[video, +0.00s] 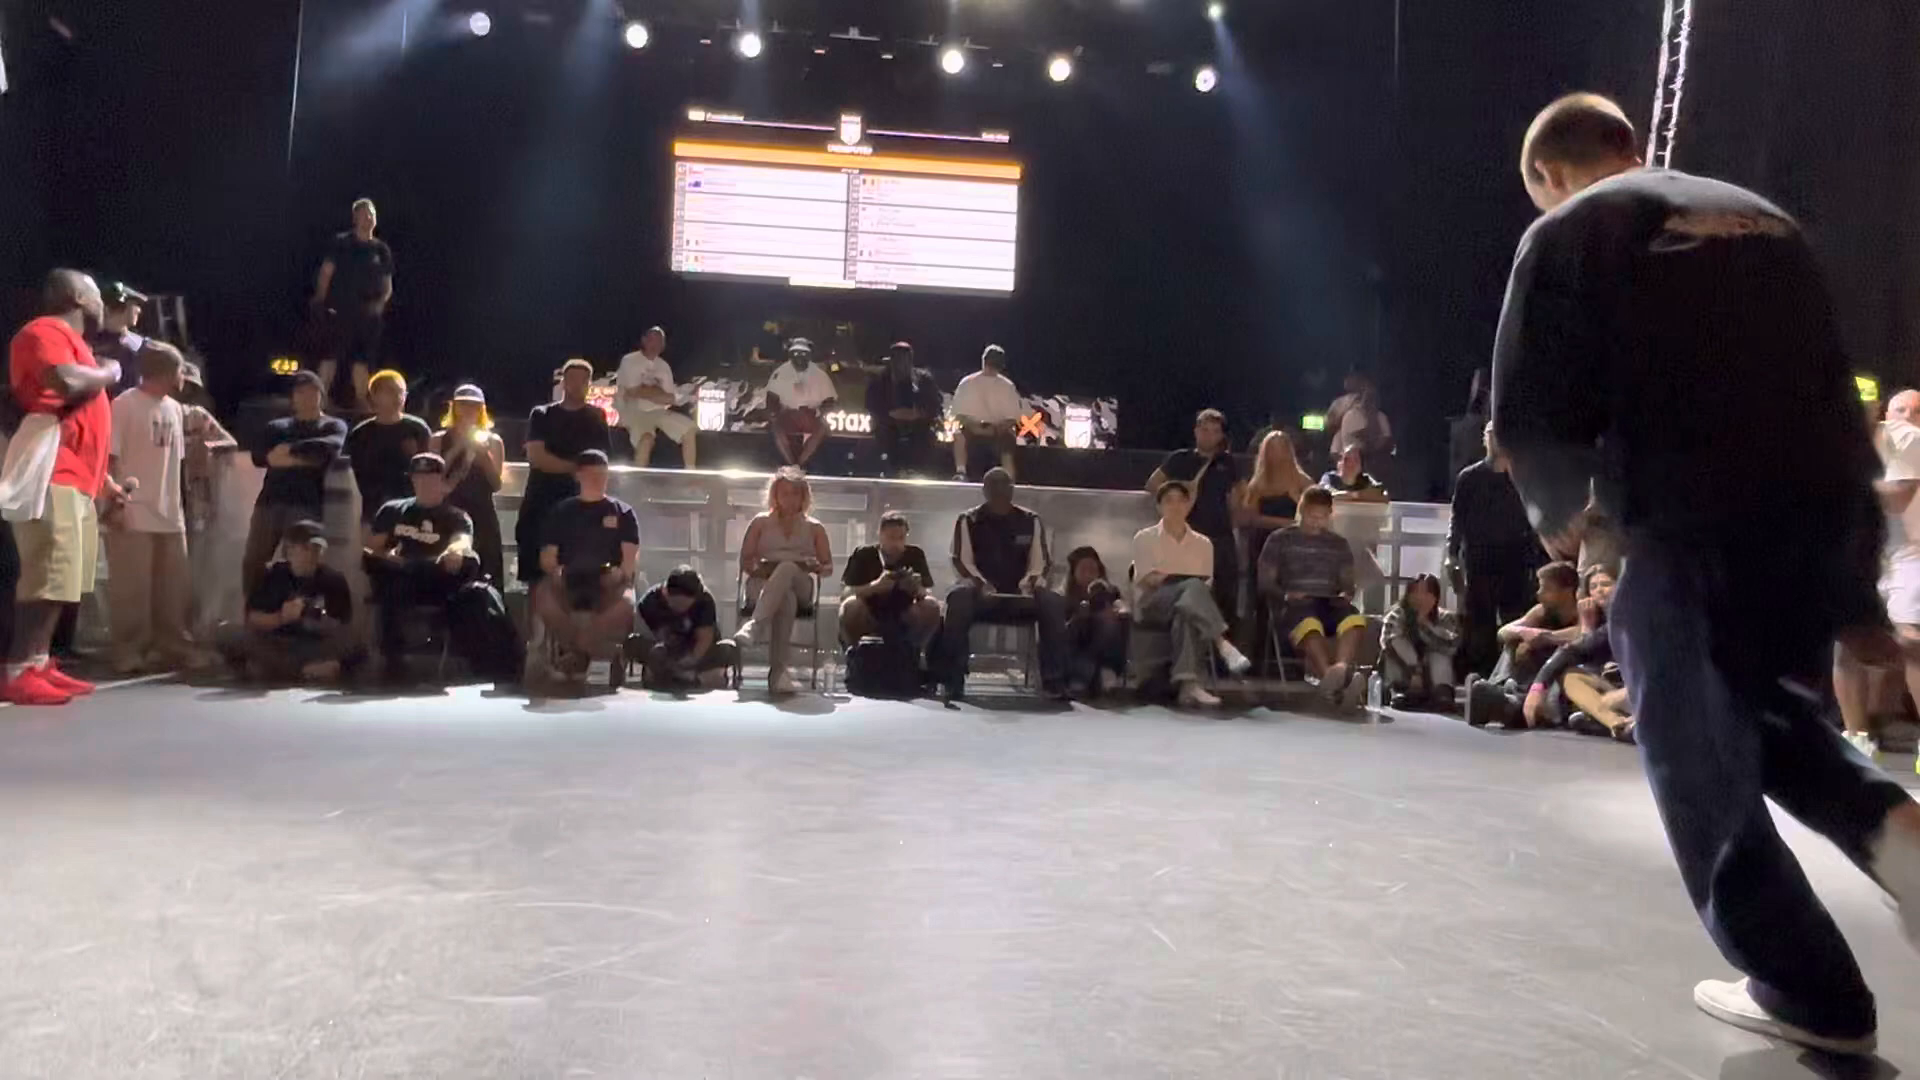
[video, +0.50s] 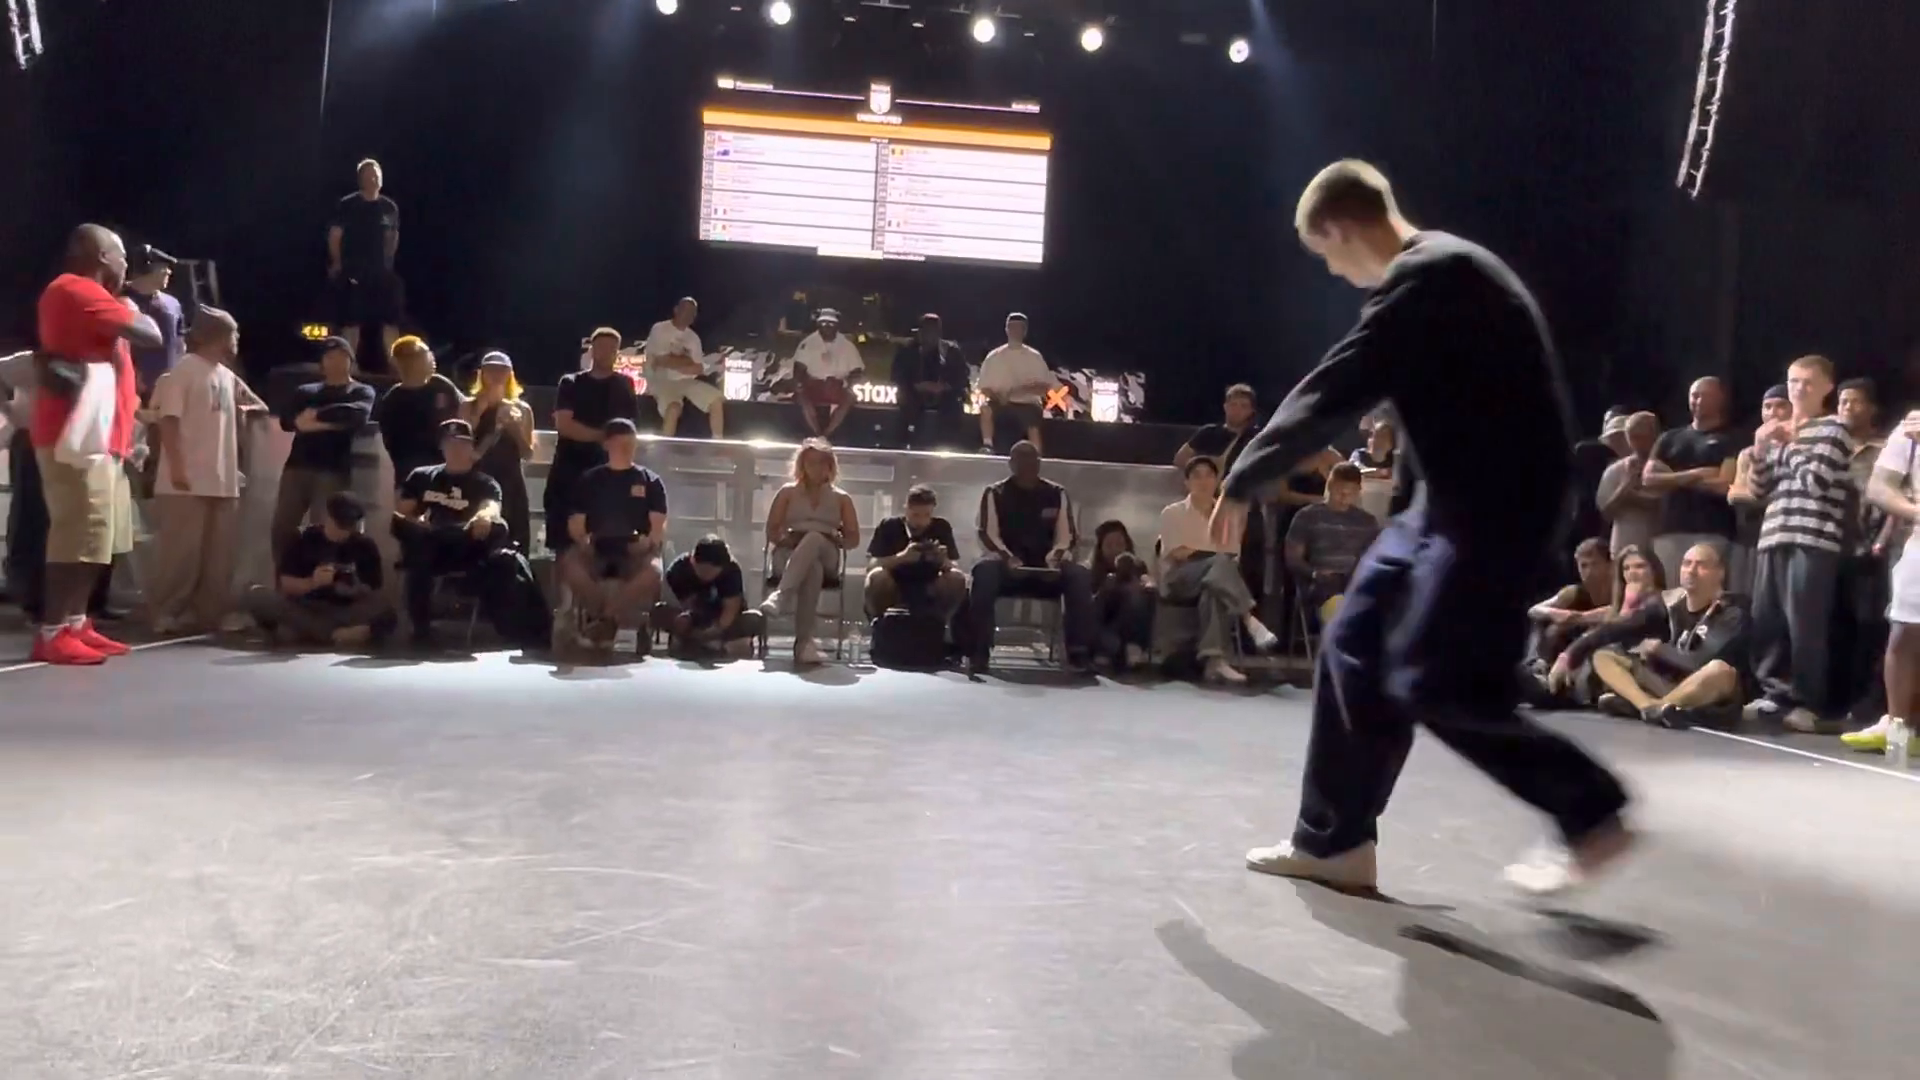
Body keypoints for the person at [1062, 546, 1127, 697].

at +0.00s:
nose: (1088, 574)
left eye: (1092, 569)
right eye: (1083, 568)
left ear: (1100, 571)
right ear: (1073, 572)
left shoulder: (1109, 593)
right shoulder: (1063, 597)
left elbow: (1123, 611)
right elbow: (1063, 633)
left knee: (1109, 620)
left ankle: (1110, 671)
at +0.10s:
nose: (1094, 568)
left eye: (1099, 563)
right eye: (1089, 563)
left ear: (1106, 564)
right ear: (1079, 566)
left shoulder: (1116, 587)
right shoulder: (1071, 592)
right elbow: (1068, 627)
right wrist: (1085, 609)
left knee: (1115, 614)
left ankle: (1116, 665)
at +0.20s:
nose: (1099, 561)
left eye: (1103, 556)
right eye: (1093, 556)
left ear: (1111, 558)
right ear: (1084, 559)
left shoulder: (1120, 580)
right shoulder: (1075, 583)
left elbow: (1133, 600)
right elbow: (1072, 618)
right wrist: (1091, 602)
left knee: (1122, 609)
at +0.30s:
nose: (1104, 557)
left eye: (1108, 551)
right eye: (1098, 552)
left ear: (1116, 552)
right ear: (1089, 554)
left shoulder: (1126, 575)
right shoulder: (1080, 578)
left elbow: (1139, 594)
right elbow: (1077, 612)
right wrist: (1096, 596)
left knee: (1127, 603)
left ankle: (1126, 654)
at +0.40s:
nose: (1109, 552)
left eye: (1113, 546)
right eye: (1104, 547)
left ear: (1121, 548)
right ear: (1094, 550)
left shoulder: (1131, 570)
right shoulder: (1084, 573)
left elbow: (1144, 589)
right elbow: (1081, 606)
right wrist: (1100, 593)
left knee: (1133, 599)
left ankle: (1131, 649)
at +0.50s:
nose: (1115, 549)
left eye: (1119, 543)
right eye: (1109, 544)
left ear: (1127, 544)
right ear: (1100, 546)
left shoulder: (1137, 567)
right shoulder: (1091, 570)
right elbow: (1088, 603)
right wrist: (1107, 587)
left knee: (1137, 595)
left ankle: (1135, 645)